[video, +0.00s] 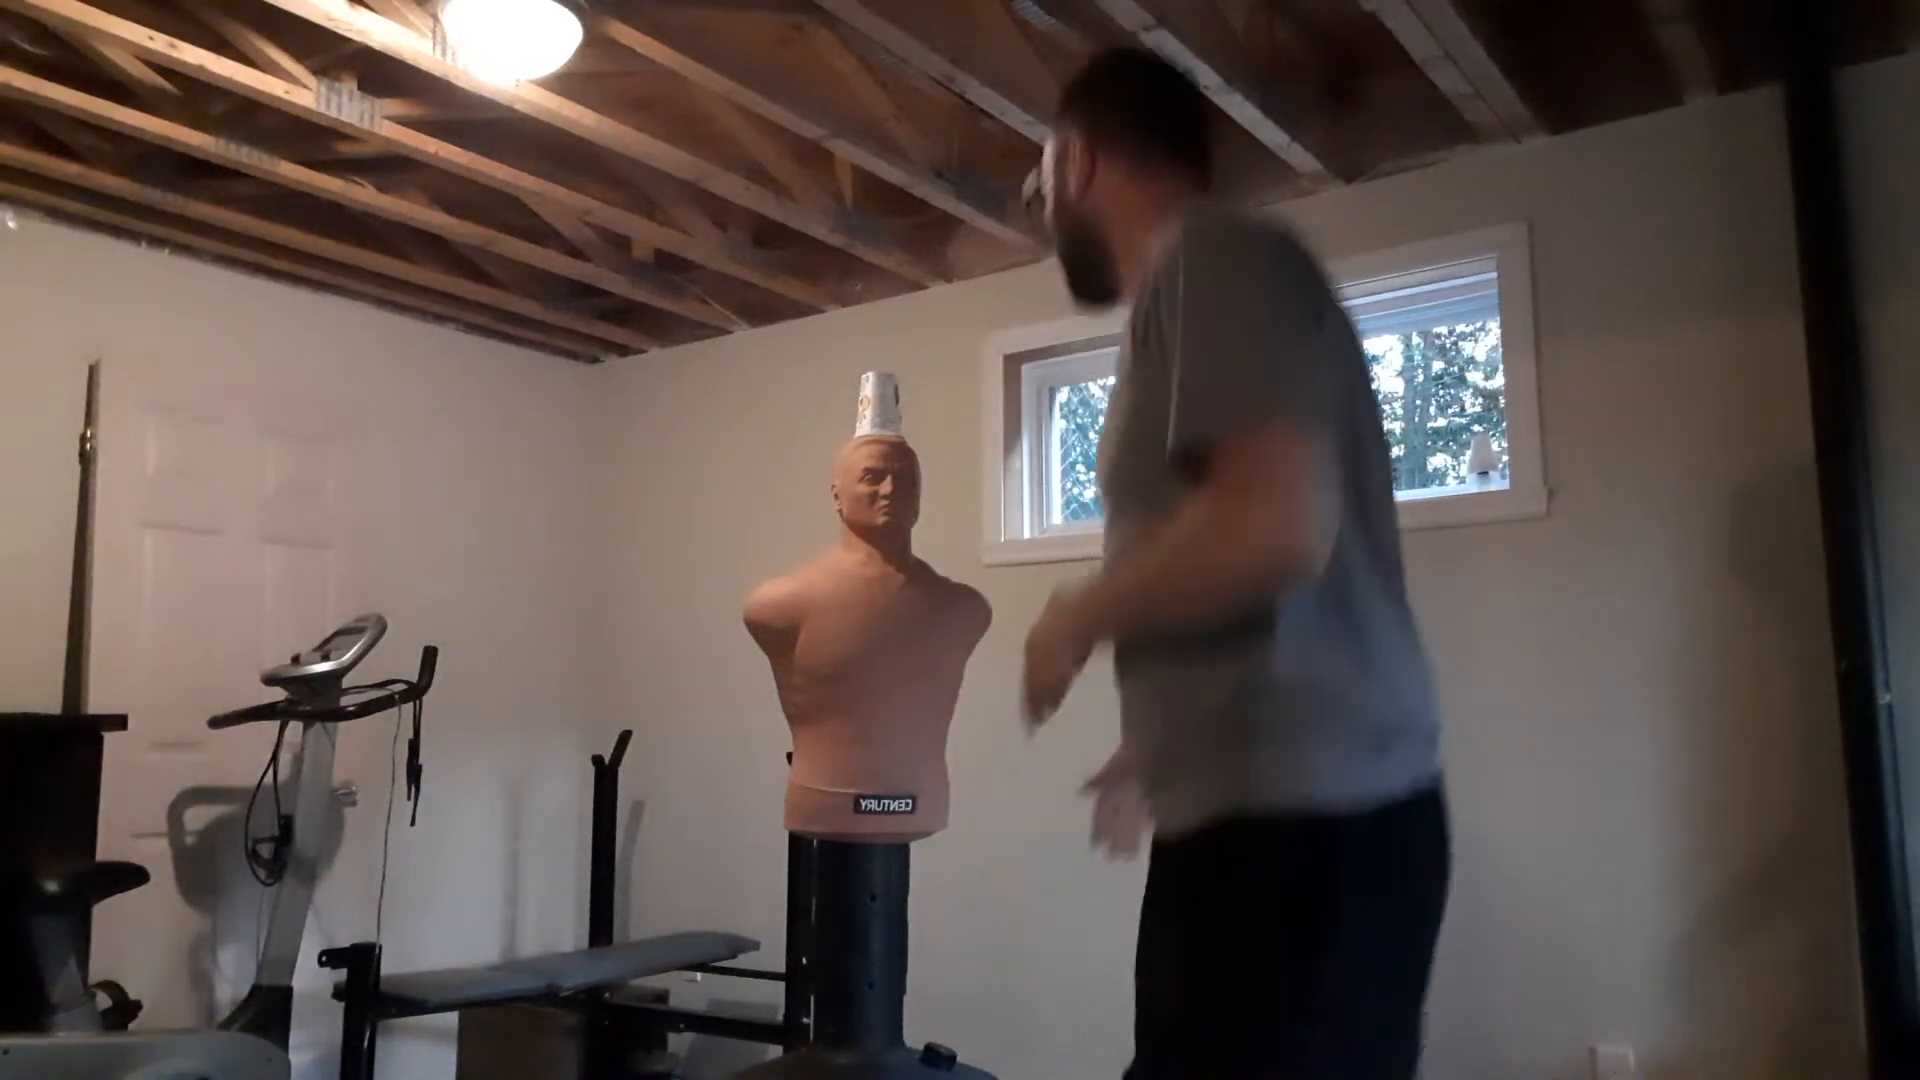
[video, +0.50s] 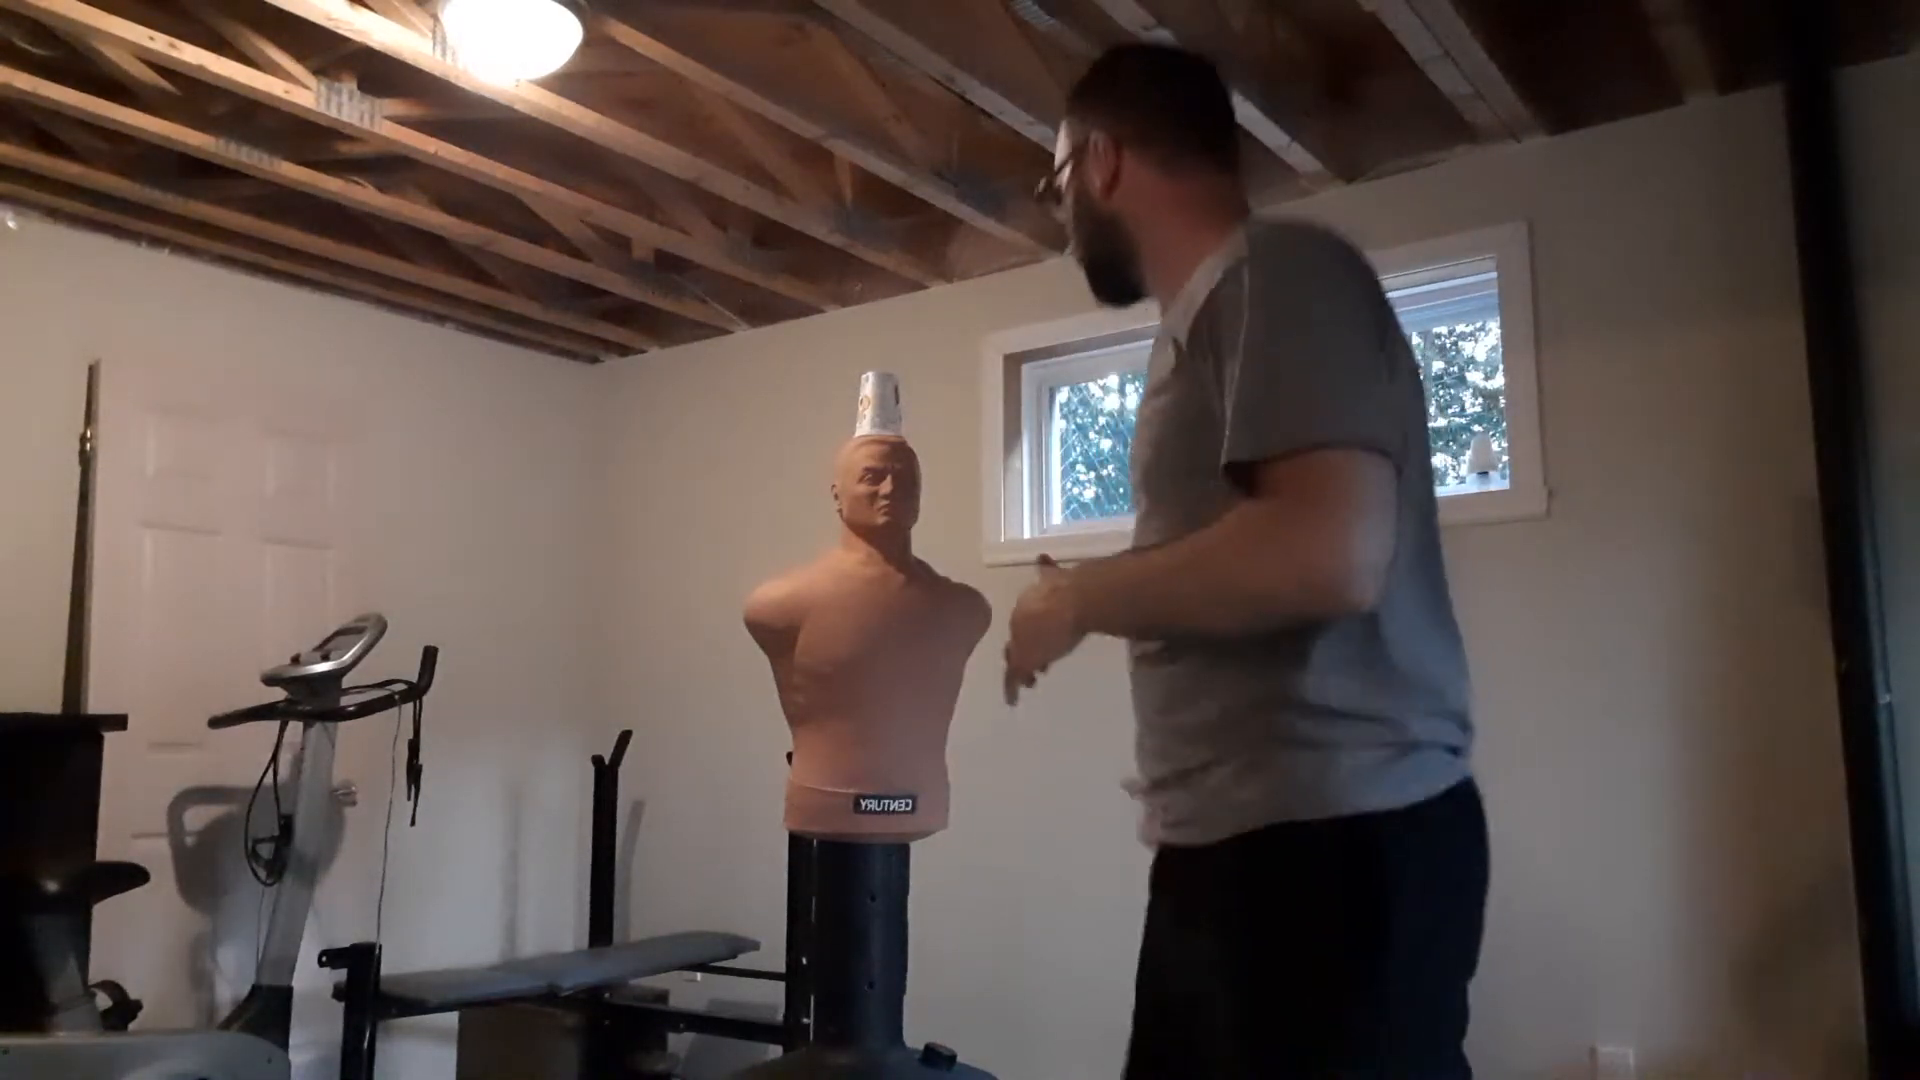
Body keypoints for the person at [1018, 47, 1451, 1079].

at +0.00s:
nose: (1050, 201)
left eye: (1053, 167)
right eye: (1050, 172)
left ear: (1089, 160)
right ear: (1183, 151)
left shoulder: (1219, 255)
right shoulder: (1204, 280)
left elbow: (1276, 518)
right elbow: (1259, 559)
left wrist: (1077, 612)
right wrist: (1165, 739)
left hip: (1302, 824)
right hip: (1259, 820)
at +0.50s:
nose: (1060, 204)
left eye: (1062, 171)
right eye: (1058, 179)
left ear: (1109, 161)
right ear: (1203, 153)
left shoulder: (1287, 269)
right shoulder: (1204, 332)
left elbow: (1332, 549)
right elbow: (1273, 550)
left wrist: (1085, 599)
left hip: (1337, 847)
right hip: (1240, 851)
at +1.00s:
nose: (1024, 266)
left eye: (1025, 235)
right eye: (1023, 242)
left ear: (1063, 218)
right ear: (1158, 210)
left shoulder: (1206, 309)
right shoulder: (1176, 353)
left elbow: (1271, 552)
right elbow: (1216, 632)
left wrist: (1046, 623)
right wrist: (1089, 744)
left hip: (1273, 863)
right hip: (1230, 860)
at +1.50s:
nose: (960, 319)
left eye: (960, 287)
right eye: (958, 293)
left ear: (993, 279)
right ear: (1087, 265)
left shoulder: (1142, 392)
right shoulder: (1103, 418)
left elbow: (1191, 669)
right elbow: (1134, 671)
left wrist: (986, 729)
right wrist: (1053, 822)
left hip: (1232, 893)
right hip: (1180, 888)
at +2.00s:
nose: (947, 329)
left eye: (946, 303)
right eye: (944, 307)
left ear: (980, 294)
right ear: (1074, 281)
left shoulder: (1149, 414)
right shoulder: (1090, 439)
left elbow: (1159, 686)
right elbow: (1101, 660)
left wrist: (943, 750)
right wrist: (1015, 767)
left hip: (1197, 892)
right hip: (1135, 884)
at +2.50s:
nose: (941, 340)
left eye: (939, 311)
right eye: (939, 315)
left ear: (968, 301)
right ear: (1065, 289)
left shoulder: (1106, 411)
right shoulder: (1107, 415)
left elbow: (1111, 685)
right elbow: (1114, 671)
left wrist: (928, 696)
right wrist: (940, 693)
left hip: (1196, 902)